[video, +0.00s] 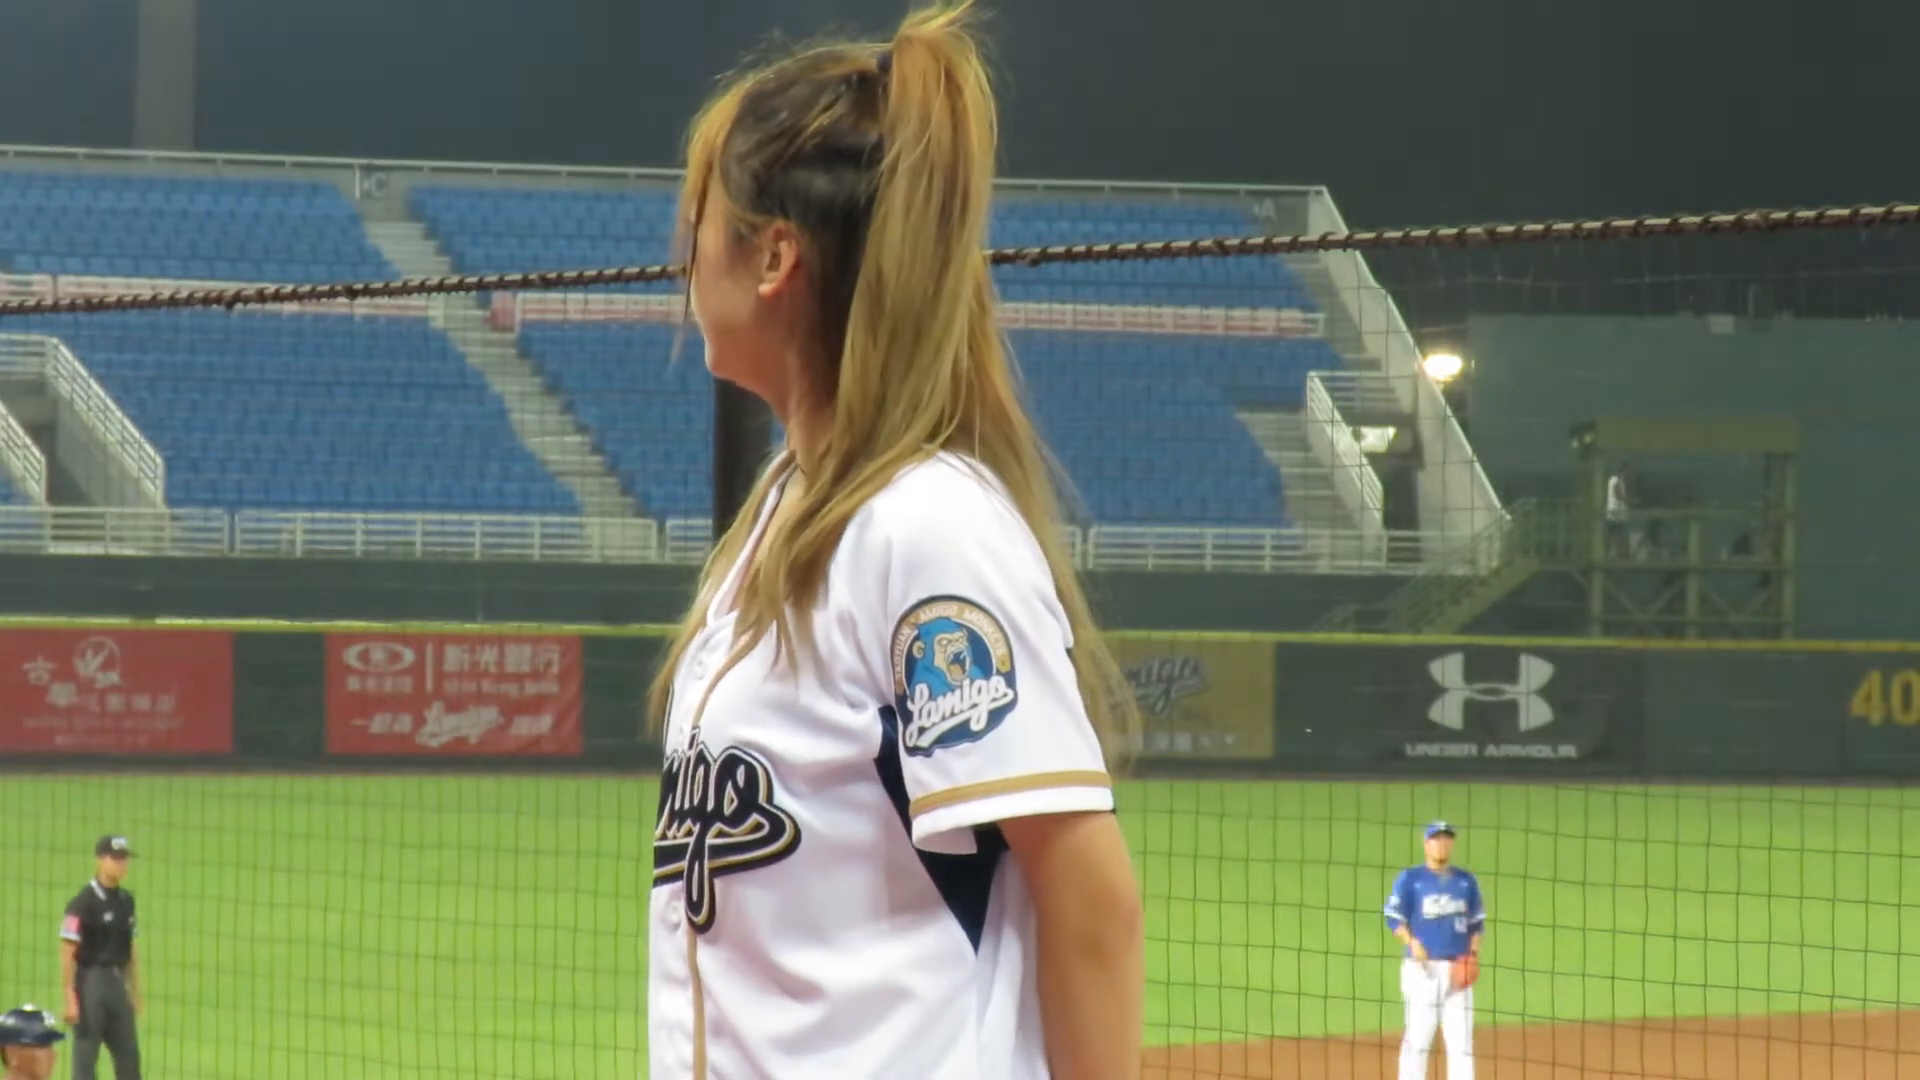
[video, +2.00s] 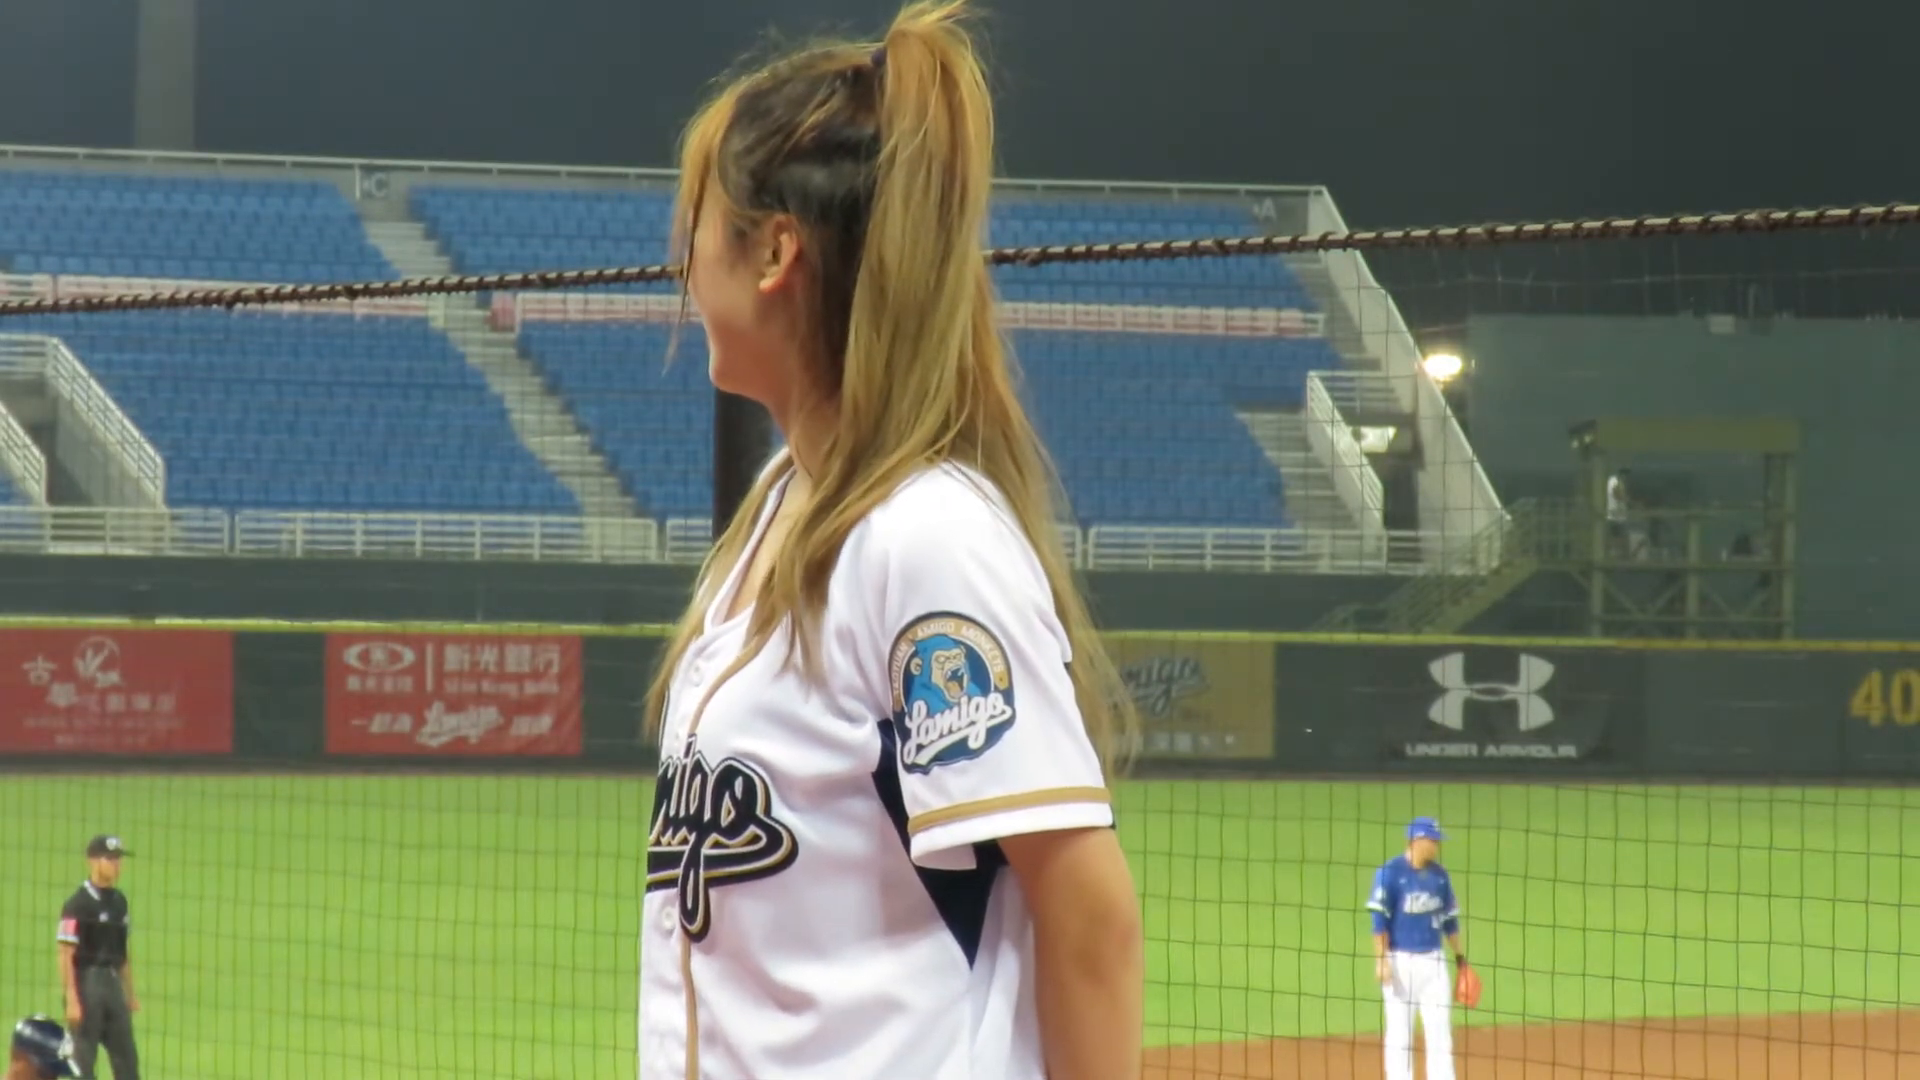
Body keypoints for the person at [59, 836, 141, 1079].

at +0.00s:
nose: (120, 865)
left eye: (123, 859)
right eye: (114, 859)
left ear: (127, 862)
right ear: (100, 860)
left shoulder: (126, 900)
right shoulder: (82, 903)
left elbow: (128, 949)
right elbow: (68, 952)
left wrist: (133, 991)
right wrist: (69, 996)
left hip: (117, 972)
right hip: (90, 973)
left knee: (128, 1053)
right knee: (86, 1053)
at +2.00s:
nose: (116, 866)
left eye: (117, 860)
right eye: (110, 859)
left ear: (118, 862)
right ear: (94, 861)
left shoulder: (118, 901)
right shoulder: (77, 904)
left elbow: (121, 952)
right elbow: (65, 954)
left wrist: (129, 992)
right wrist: (72, 1000)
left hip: (113, 973)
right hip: (87, 972)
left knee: (125, 1051)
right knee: (84, 1052)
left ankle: (127, 1076)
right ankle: (82, 1074)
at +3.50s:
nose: (132, 860)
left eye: (132, 854)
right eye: (127, 854)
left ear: (121, 857)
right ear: (110, 856)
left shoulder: (125, 895)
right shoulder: (95, 898)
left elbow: (130, 947)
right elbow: (87, 950)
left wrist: (141, 984)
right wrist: (108, 990)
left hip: (127, 970)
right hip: (106, 969)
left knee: (122, 1047)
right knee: (103, 1048)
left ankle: (117, 1075)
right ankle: (98, 1075)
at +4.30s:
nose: (145, 862)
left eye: (145, 856)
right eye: (141, 855)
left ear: (129, 857)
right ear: (122, 855)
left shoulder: (127, 892)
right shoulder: (102, 894)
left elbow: (117, 936)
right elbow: (89, 944)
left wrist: (139, 945)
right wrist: (95, 989)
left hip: (121, 967)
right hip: (104, 967)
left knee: (118, 1044)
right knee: (103, 1043)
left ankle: (111, 1074)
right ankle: (90, 1075)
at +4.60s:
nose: (126, 860)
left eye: (127, 854)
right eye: (121, 854)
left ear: (123, 858)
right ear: (103, 855)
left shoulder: (119, 895)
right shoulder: (85, 895)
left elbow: (126, 933)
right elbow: (73, 947)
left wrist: (127, 935)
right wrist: (79, 991)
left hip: (112, 967)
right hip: (92, 967)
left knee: (110, 1047)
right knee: (84, 1044)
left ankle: (106, 1074)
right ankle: (68, 1075)